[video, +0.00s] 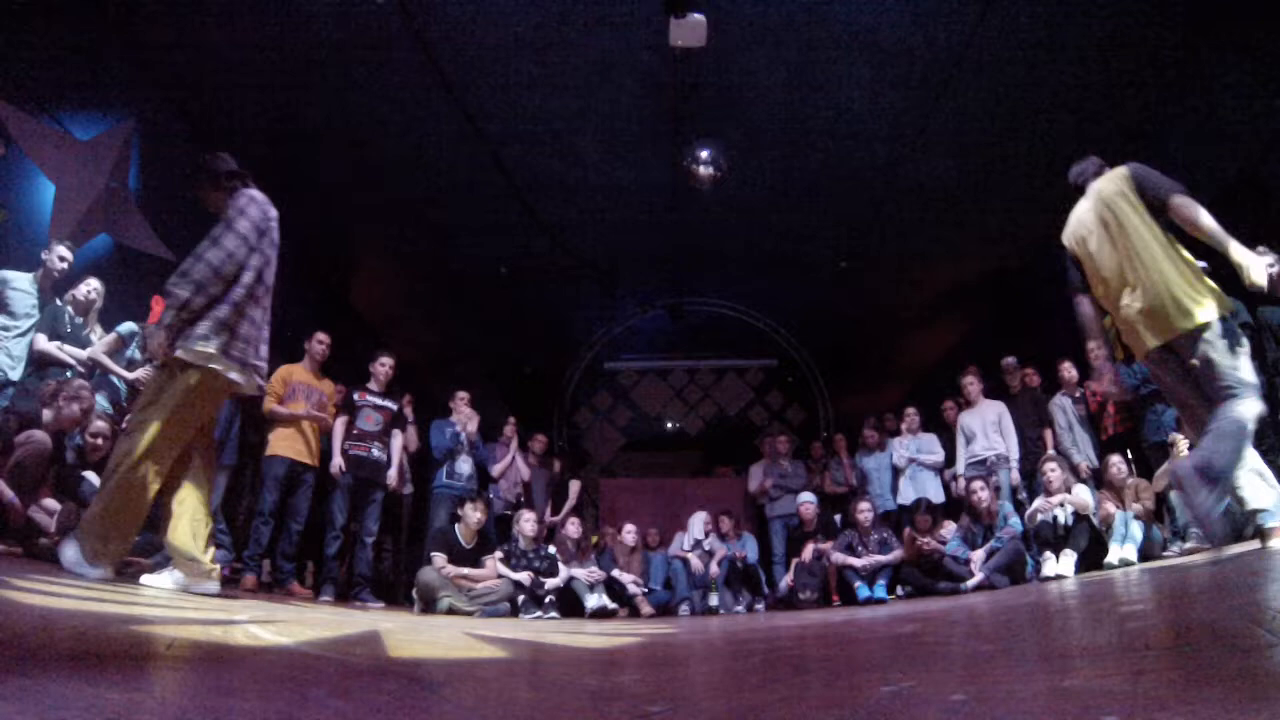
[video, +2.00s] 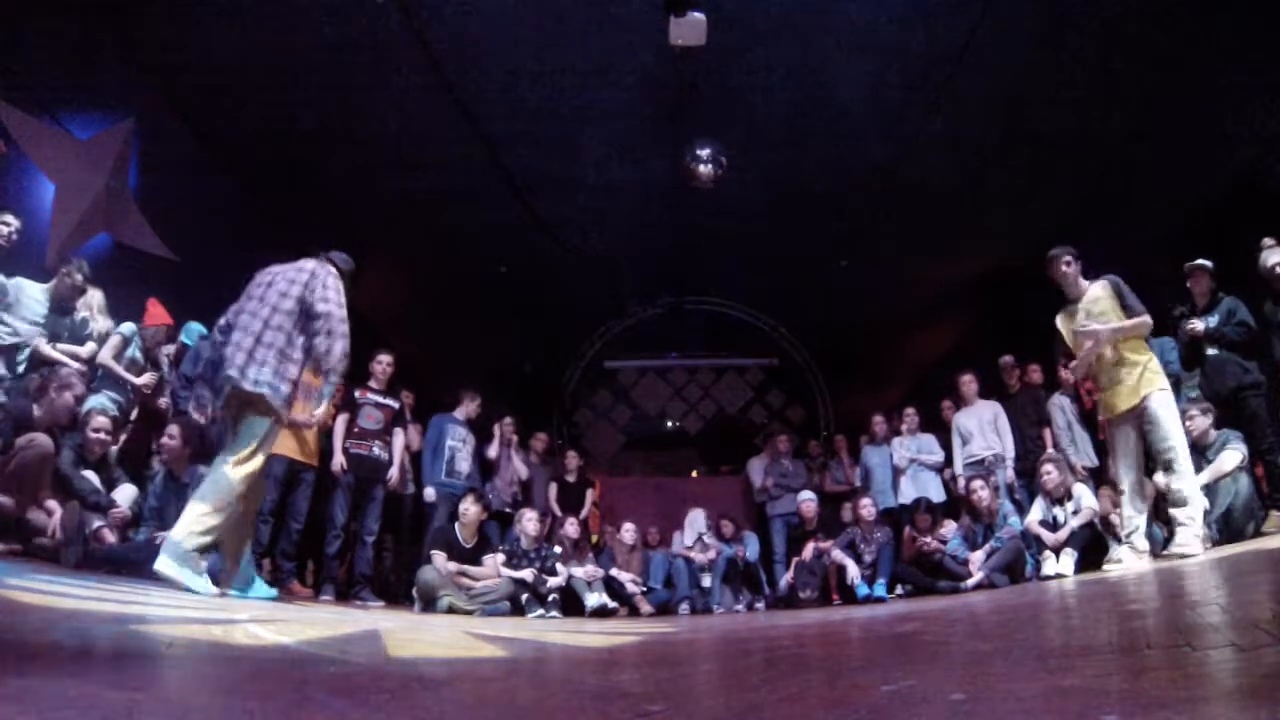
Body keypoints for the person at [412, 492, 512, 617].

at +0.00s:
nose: (479, 516)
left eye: (483, 512)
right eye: (473, 510)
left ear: (487, 516)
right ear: (460, 511)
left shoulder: (485, 539)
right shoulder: (442, 534)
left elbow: (492, 573)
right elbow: (440, 569)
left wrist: (461, 571)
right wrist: (474, 585)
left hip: (476, 591)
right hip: (447, 588)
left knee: (507, 586)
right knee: (426, 574)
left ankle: (453, 606)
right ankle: (477, 611)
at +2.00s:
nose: (465, 508)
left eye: (473, 505)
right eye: (464, 502)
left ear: (483, 515)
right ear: (458, 505)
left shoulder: (483, 538)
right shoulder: (442, 533)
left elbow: (493, 572)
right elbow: (440, 567)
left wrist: (460, 568)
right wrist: (474, 584)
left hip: (476, 590)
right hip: (446, 588)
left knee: (507, 585)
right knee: (427, 574)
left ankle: (454, 605)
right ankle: (477, 609)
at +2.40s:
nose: (465, 507)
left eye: (473, 504)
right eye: (464, 502)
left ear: (483, 515)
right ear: (458, 505)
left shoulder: (484, 537)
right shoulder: (442, 532)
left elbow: (493, 572)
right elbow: (441, 568)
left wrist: (461, 568)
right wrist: (474, 584)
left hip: (477, 590)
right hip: (447, 587)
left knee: (506, 585)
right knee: (427, 574)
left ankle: (455, 605)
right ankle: (477, 609)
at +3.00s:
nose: (482, 512)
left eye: (484, 508)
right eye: (476, 507)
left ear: (488, 512)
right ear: (461, 509)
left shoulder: (485, 538)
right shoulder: (442, 533)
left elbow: (493, 572)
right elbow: (442, 570)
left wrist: (462, 569)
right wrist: (474, 584)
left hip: (476, 590)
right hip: (447, 589)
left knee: (506, 585)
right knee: (426, 573)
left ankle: (453, 605)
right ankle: (477, 609)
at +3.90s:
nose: (491, 517)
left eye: (491, 513)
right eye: (488, 512)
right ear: (473, 513)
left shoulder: (484, 539)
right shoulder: (441, 534)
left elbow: (492, 572)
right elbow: (442, 570)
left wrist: (462, 569)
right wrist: (474, 584)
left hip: (475, 590)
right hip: (446, 589)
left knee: (507, 585)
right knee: (431, 573)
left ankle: (455, 604)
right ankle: (477, 610)